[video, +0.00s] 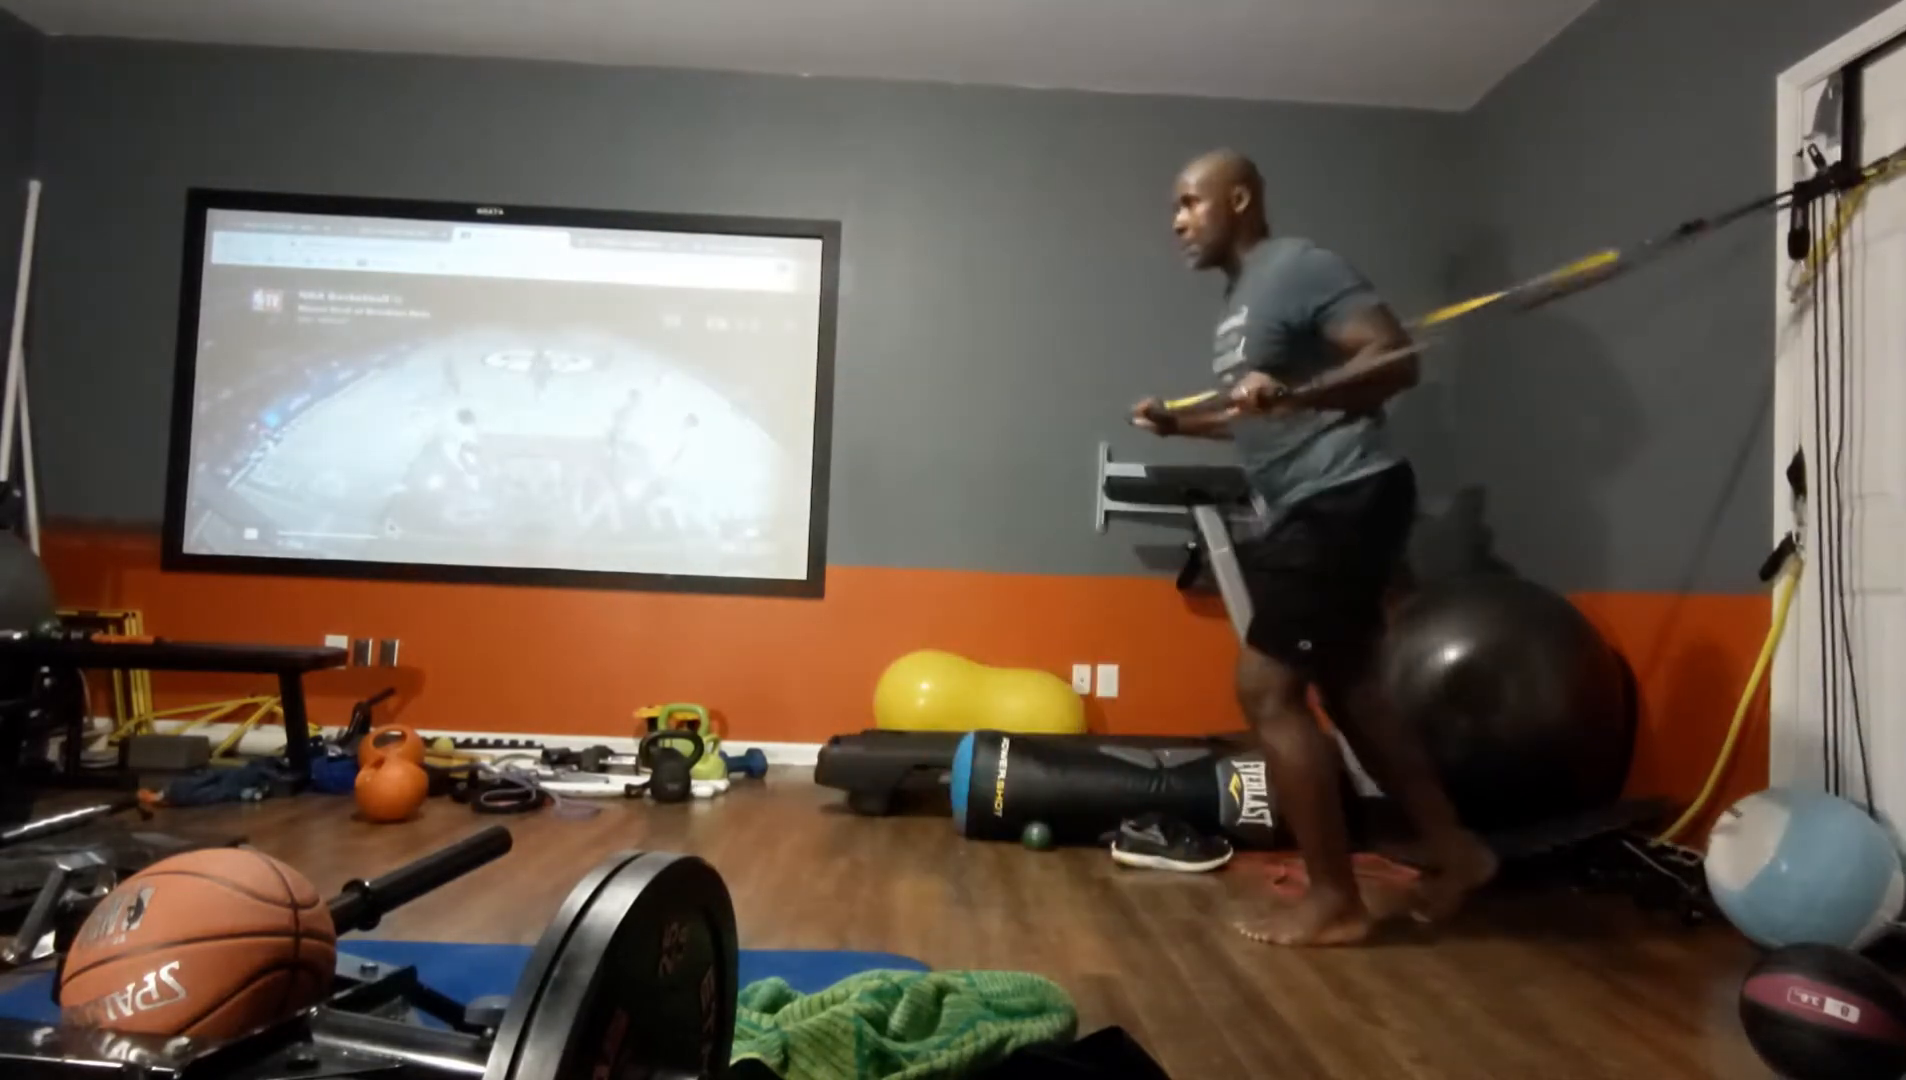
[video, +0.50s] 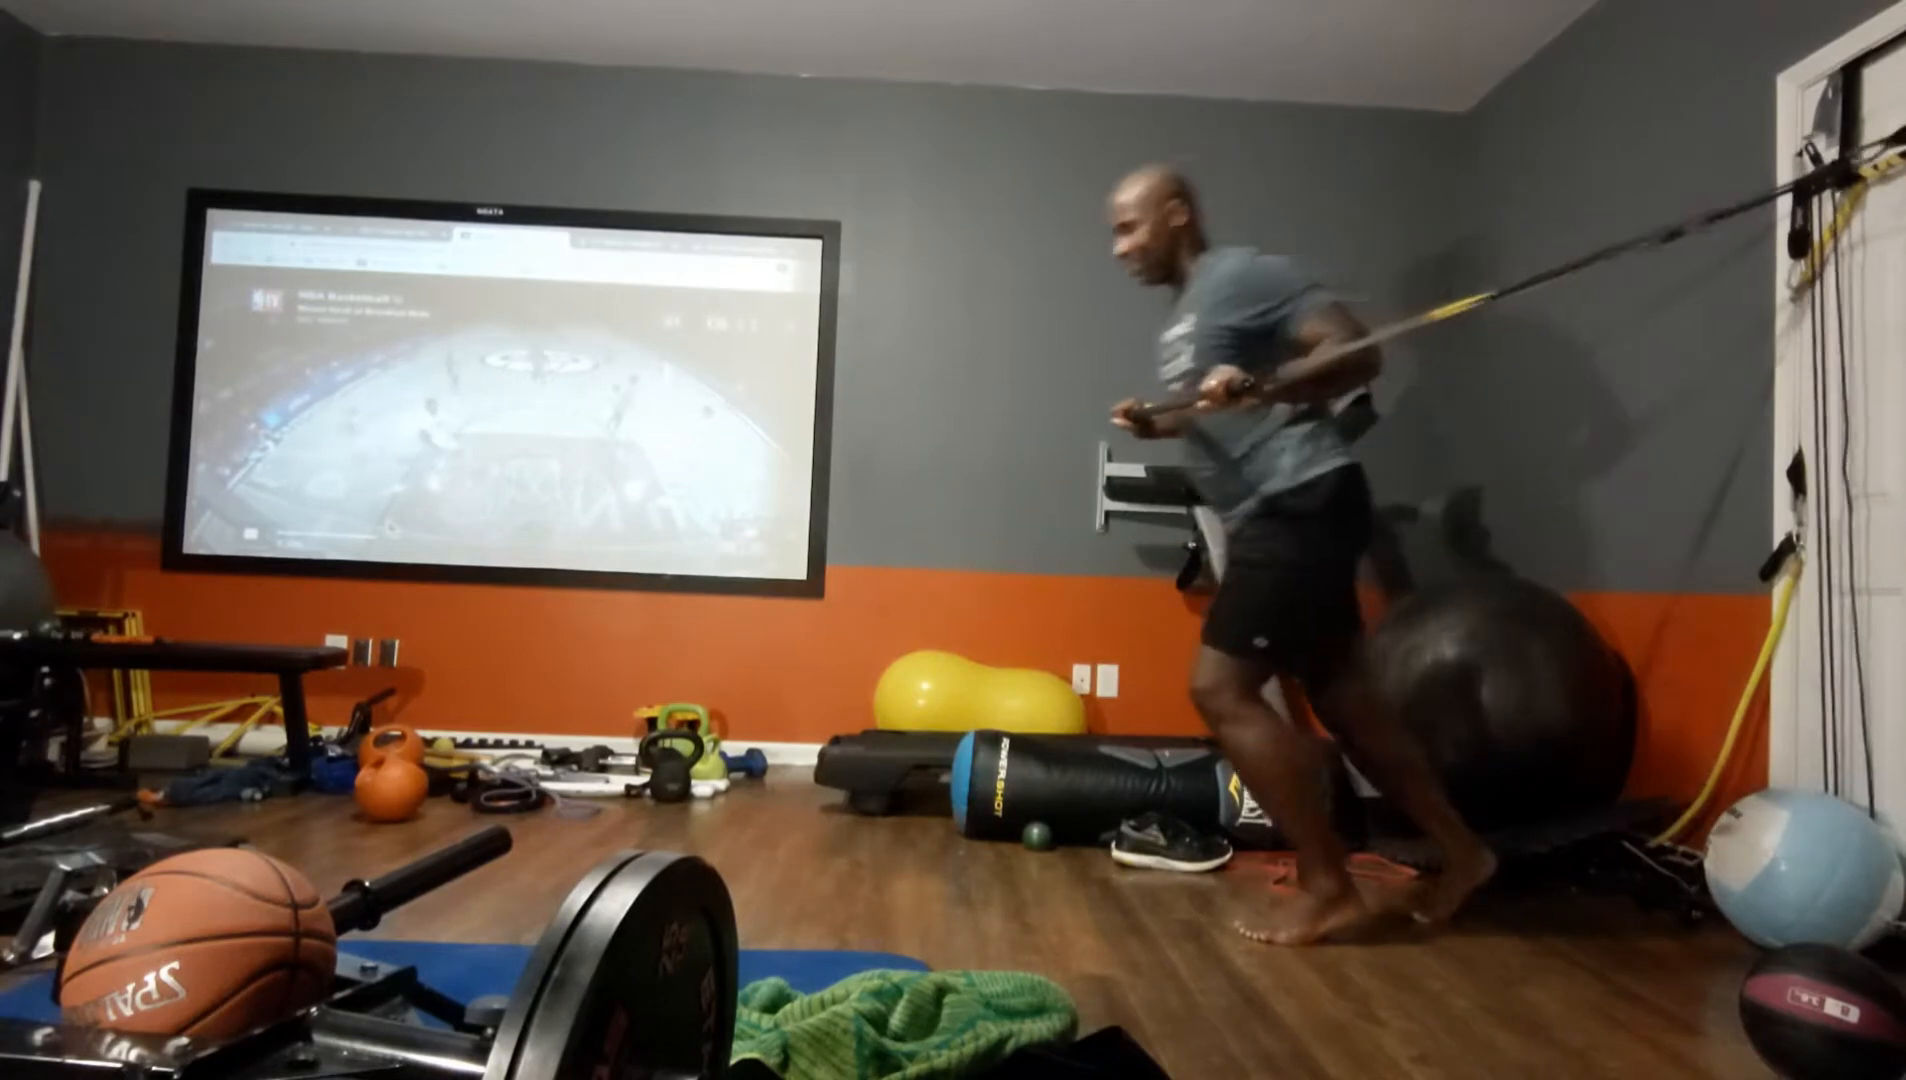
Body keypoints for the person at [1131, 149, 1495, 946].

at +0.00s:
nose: (1177, 221)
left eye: (1189, 203)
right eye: (1175, 208)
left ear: (1243, 201)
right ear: (1218, 213)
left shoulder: (1299, 266)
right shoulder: (1239, 303)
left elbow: (1395, 359)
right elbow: (1265, 416)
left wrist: (1293, 394)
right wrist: (1179, 421)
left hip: (1348, 498)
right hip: (1311, 506)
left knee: (1267, 689)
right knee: (1352, 689)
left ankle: (1331, 901)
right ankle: (1454, 853)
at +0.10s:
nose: (1190, 215)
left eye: (1202, 196)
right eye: (1188, 202)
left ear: (1254, 196)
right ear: (1229, 207)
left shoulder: (1308, 261)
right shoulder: (1247, 298)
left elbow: (1401, 353)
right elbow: (1274, 408)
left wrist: (1298, 389)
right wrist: (1191, 417)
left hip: (1355, 493)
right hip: (1320, 502)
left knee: (1274, 681)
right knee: (1353, 687)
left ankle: (1332, 900)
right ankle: (1459, 855)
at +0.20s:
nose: (1193, 212)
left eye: (1205, 194)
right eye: (1191, 200)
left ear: (1257, 194)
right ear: (1239, 204)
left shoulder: (1311, 258)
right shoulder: (1246, 299)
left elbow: (1402, 349)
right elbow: (1271, 404)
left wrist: (1301, 381)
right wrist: (1194, 413)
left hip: (1355, 491)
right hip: (1317, 500)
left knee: (1275, 678)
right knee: (1356, 685)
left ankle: (1332, 898)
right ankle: (1460, 856)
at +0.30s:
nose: (1183, 219)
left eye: (1195, 201)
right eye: (1181, 206)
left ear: (1248, 201)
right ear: (1223, 212)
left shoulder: (1304, 263)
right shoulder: (1239, 304)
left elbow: (1395, 352)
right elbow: (1268, 408)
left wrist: (1295, 384)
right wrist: (1192, 416)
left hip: (1348, 497)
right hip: (1312, 504)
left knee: (1263, 680)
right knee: (1356, 691)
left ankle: (1333, 897)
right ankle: (1461, 857)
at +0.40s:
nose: (1158, 232)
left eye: (1170, 214)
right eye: (1155, 219)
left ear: (1221, 208)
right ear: (1203, 216)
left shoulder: (1278, 271)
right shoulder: (1217, 315)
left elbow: (1384, 355)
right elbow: (1257, 416)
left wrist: (1284, 389)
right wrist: (1178, 421)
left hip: (1336, 499)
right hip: (1299, 508)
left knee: (1243, 680)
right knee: (1352, 692)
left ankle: (1331, 893)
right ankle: (1462, 856)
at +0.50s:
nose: (1118, 247)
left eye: (1127, 227)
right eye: (1115, 233)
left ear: (1179, 216)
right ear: (1162, 227)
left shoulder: (1240, 274)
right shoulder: (1184, 315)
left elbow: (1356, 352)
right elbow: (1225, 413)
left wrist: (1265, 386)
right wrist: (1160, 420)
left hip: (1306, 503)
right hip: (1282, 510)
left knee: (1221, 690)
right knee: (1342, 694)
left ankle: (1327, 890)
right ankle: (1462, 855)